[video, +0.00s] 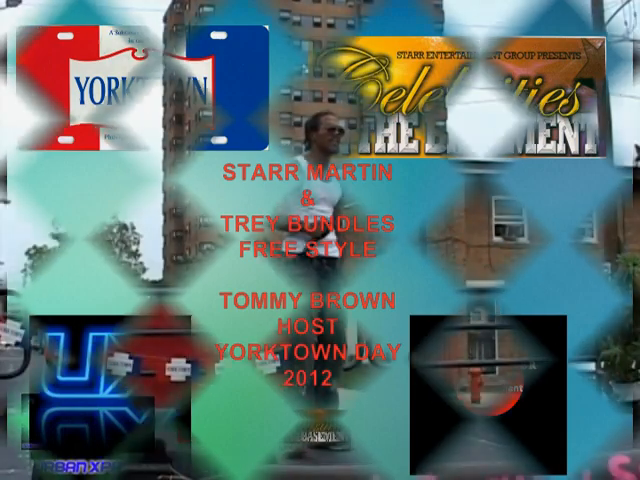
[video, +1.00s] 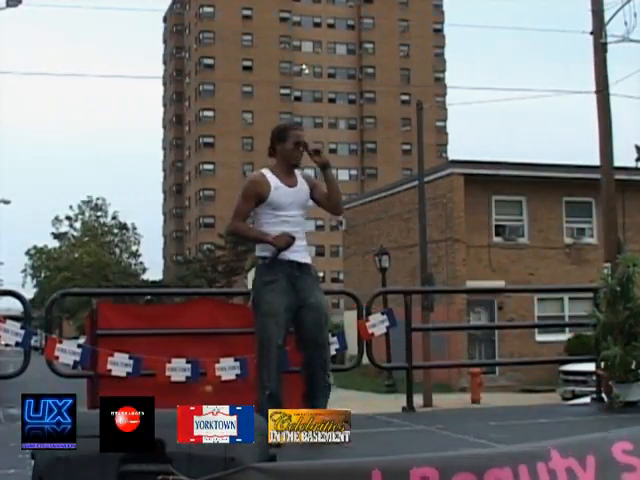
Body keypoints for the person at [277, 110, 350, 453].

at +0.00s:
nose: (337, 136)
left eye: (339, 131)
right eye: (330, 130)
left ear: (341, 138)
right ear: (311, 135)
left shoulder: (339, 178)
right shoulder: (291, 170)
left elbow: (345, 219)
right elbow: (269, 217)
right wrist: (305, 226)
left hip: (328, 258)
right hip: (295, 257)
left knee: (324, 325)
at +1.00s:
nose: (303, 150)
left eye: (304, 145)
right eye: (296, 145)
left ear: (303, 150)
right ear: (276, 148)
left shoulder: (305, 181)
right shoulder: (259, 182)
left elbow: (335, 207)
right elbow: (235, 225)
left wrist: (325, 168)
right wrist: (270, 239)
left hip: (305, 272)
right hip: (273, 271)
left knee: (318, 342)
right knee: (271, 343)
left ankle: (318, 411)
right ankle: (270, 414)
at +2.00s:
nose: (364, 157)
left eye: (363, 152)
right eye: (361, 152)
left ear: (345, 154)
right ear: (350, 154)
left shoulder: (346, 187)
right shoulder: (326, 183)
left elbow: (345, 241)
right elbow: (306, 231)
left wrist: (356, 282)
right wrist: (297, 275)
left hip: (340, 270)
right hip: (324, 269)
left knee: (326, 348)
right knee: (341, 350)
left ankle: (314, 417)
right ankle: (361, 423)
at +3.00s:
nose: (436, 137)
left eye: (438, 132)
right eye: (429, 131)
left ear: (436, 139)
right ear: (411, 137)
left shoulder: (430, 180)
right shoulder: (393, 170)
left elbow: (428, 227)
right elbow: (372, 217)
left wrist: (436, 261)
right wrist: (378, 266)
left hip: (432, 265)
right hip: (403, 265)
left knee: (439, 348)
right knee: (403, 347)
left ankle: (442, 426)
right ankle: (367, 417)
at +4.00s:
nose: (482, 113)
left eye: (484, 107)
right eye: (474, 108)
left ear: (488, 113)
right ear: (455, 117)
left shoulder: (494, 158)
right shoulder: (439, 158)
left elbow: (498, 212)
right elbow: (421, 215)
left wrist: (502, 256)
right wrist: (424, 277)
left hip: (492, 260)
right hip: (456, 260)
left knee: (513, 342)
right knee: (460, 349)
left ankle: (494, 425)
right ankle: (467, 435)